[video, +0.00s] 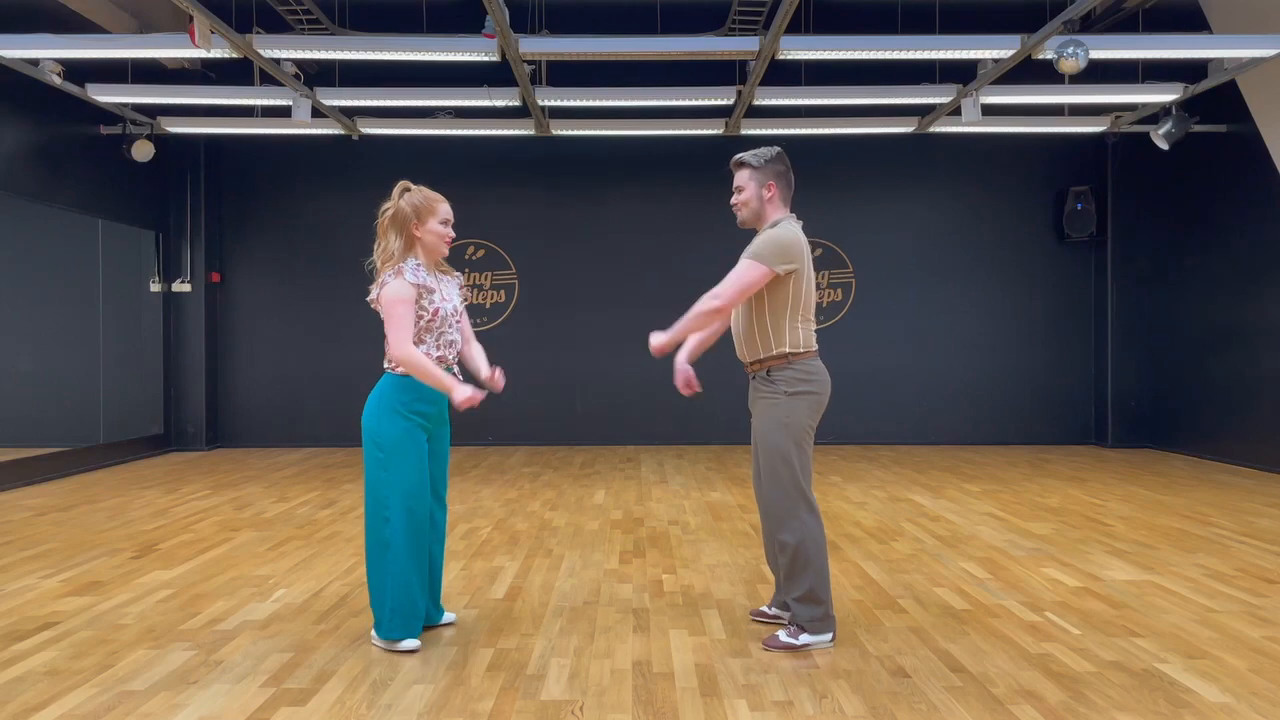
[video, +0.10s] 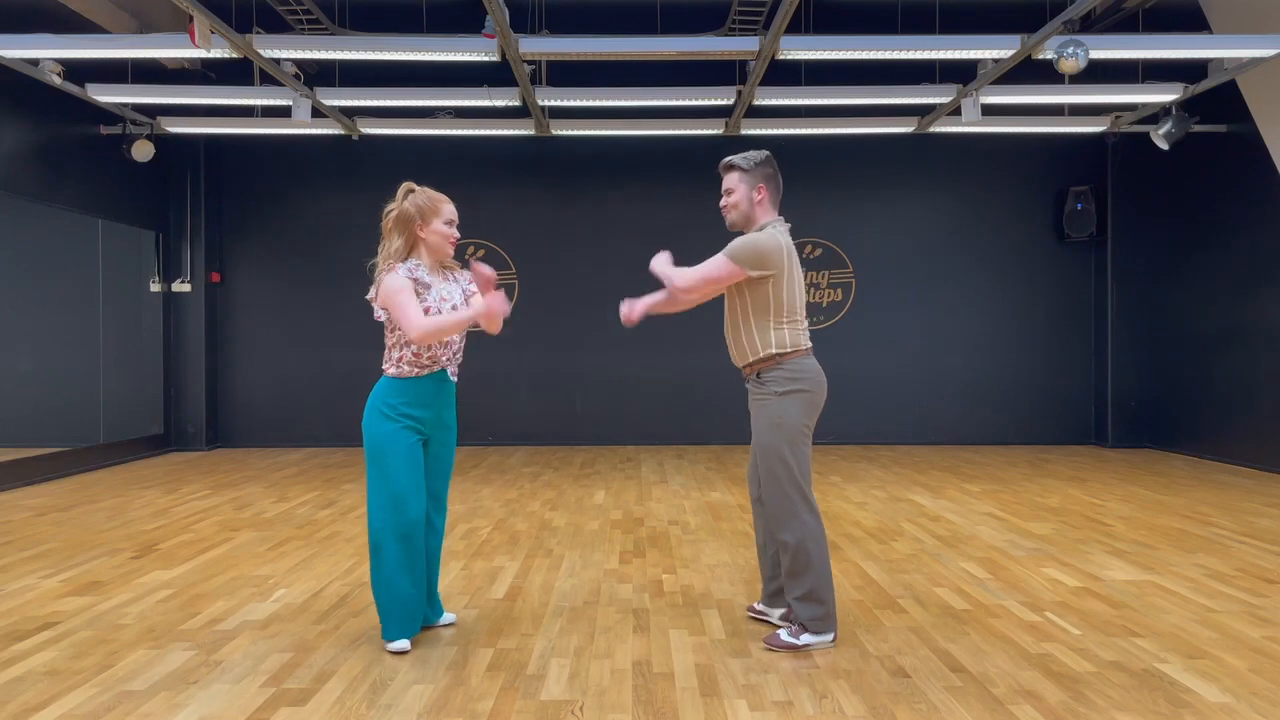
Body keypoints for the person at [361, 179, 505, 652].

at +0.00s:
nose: (453, 232)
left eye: (452, 223)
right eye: (444, 224)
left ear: (434, 229)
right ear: (415, 229)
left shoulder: (450, 282)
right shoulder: (400, 282)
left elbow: (465, 339)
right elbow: (400, 351)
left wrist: (482, 371)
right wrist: (452, 386)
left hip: (433, 407)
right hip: (397, 408)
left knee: (430, 510)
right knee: (398, 514)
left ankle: (424, 607)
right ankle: (391, 624)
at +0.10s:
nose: (458, 232)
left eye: (456, 223)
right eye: (448, 224)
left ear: (439, 230)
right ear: (420, 230)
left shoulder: (462, 277)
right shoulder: (395, 278)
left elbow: (492, 325)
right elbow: (417, 331)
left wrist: (490, 291)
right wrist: (477, 313)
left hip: (442, 406)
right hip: (396, 406)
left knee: (433, 511)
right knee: (403, 513)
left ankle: (426, 604)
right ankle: (396, 623)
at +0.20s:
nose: (461, 230)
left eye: (460, 222)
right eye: (452, 223)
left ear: (439, 229)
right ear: (423, 230)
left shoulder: (459, 270)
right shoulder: (394, 277)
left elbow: (488, 305)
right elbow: (428, 316)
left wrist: (469, 266)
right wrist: (472, 270)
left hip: (447, 409)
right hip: (397, 409)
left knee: (441, 514)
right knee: (402, 516)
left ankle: (426, 605)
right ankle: (396, 623)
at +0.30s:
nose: (463, 237)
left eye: (463, 229)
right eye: (452, 227)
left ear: (463, 239)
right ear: (420, 236)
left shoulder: (472, 282)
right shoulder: (392, 287)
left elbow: (467, 318)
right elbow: (427, 329)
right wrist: (462, 284)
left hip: (457, 419)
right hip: (400, 418)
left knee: (467, 524)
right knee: (402, 526)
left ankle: (434, 584)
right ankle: (395, 626)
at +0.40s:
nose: (456, 247)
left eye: (462, 240)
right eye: (444, 238)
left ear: (468, 248)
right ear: (419, 247)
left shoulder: (480, 296)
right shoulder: (393, 303)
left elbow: (467, 364)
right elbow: (408, 371)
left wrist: (410, 367)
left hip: (469, 429)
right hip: (409, 431)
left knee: (490, 534)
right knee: (416, 541)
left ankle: (475, 599)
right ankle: (398, 632)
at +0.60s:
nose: (472, 257)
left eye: (482, 247)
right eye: (462, 247)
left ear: (495, 254)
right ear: (445, 254)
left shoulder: (513, 310)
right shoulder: (421, 312)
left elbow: (564, 357)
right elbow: (369, 365)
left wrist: (606, 383)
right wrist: (307, 404)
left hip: (515, 437)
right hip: (454, 443)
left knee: (553, 531)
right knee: (427, 548)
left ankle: (607, 640)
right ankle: (403, 640)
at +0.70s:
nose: (501, 251)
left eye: (511, 241)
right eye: (490, 242)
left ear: (524, 246)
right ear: (473, 248)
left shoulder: (547, 294)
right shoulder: (455, 305)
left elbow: (617, 309)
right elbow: (395, 321)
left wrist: (676, 307)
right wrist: (333, 296)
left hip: (557, 435)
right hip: (496, 441)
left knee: (594, 544)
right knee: (451, 536)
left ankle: (636, 670)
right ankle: (407, 621)